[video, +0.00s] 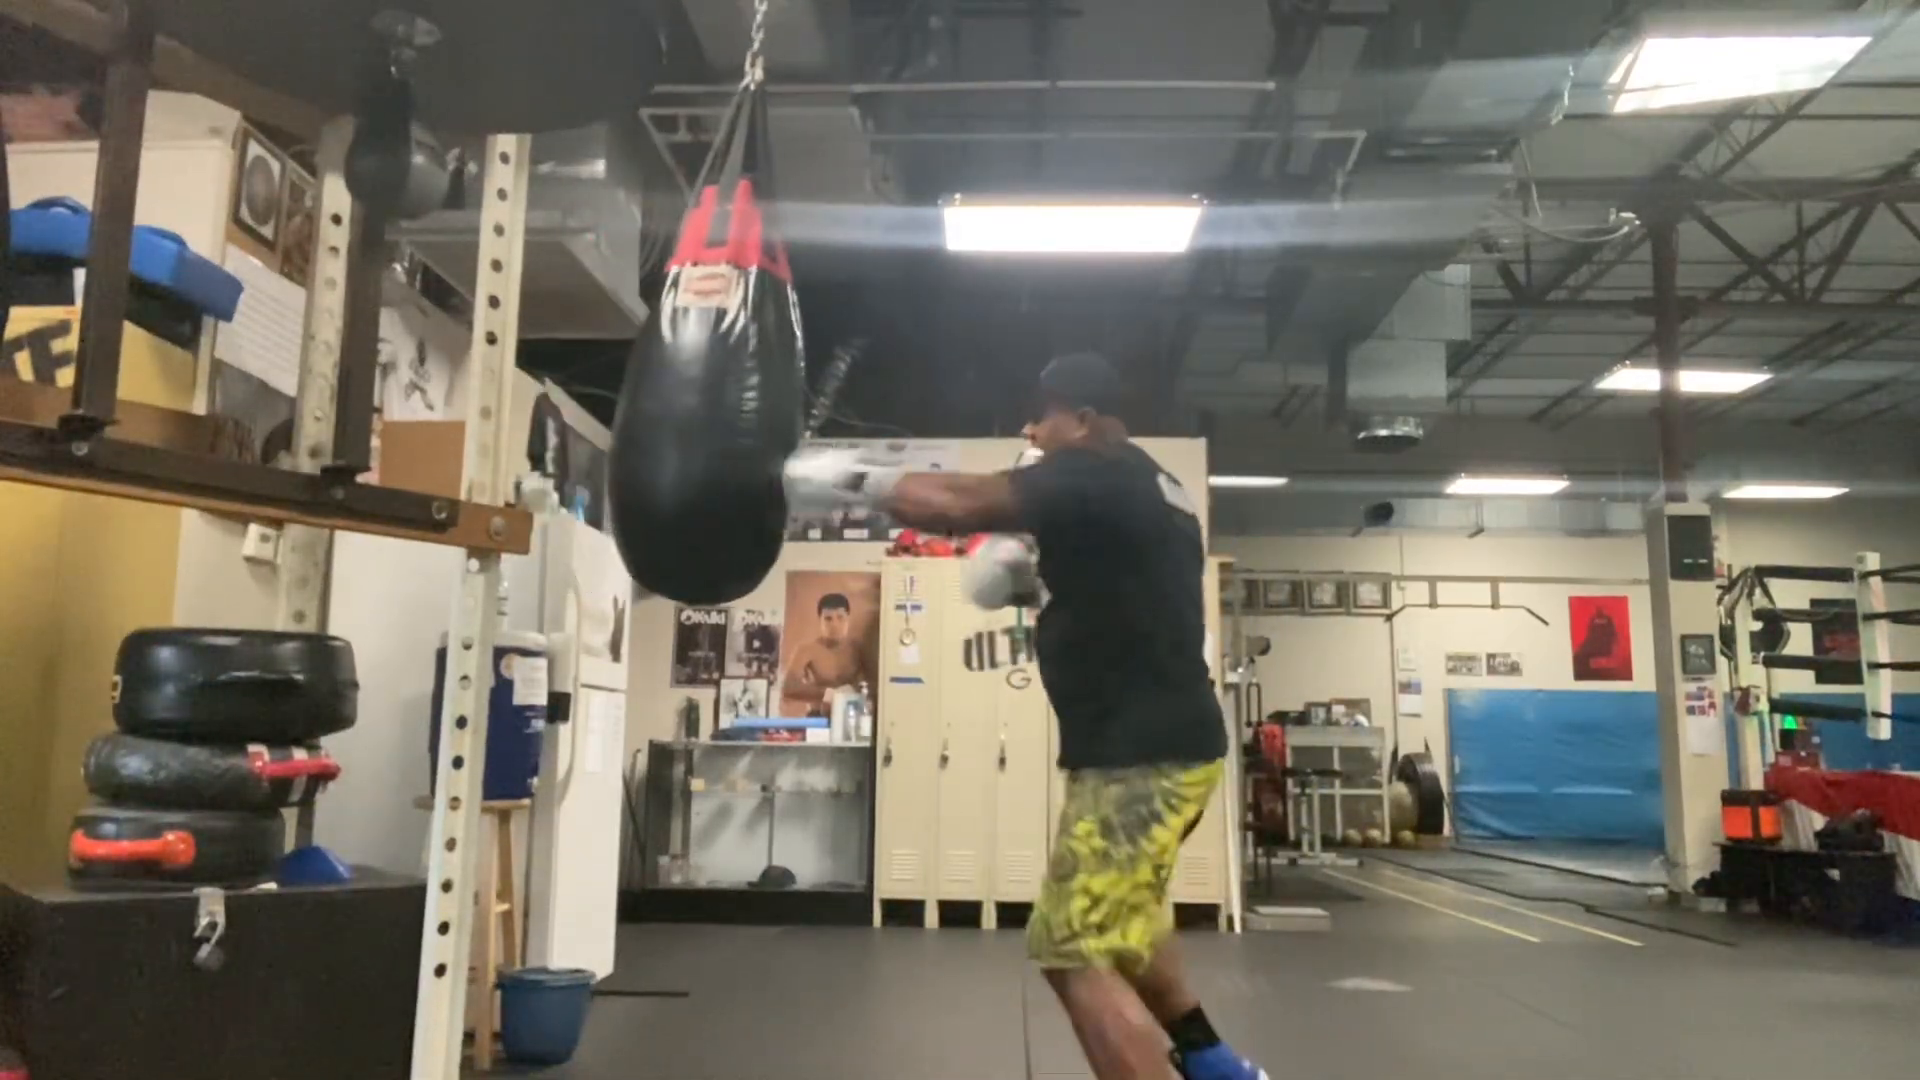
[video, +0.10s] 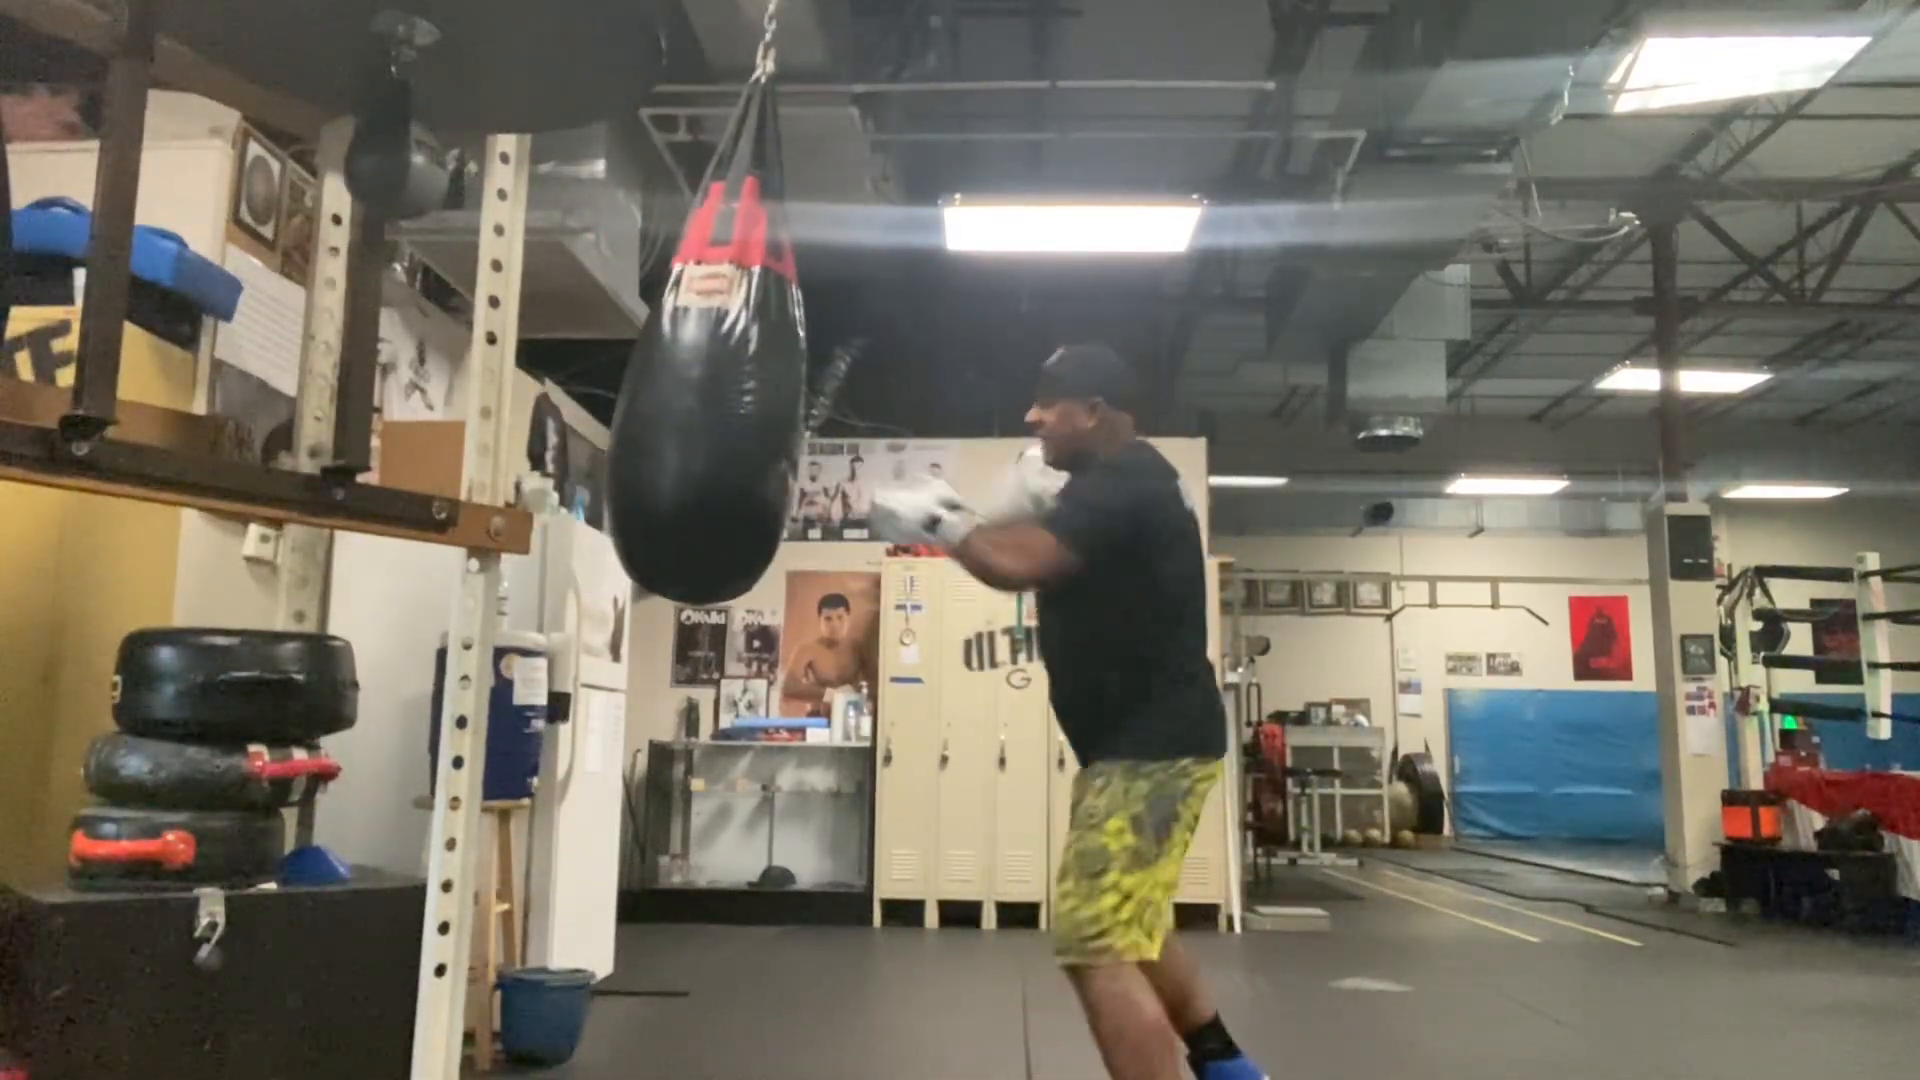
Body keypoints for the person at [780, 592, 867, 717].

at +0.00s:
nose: (834, 624)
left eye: (840, 617)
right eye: (828, 618)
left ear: (848, 619)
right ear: (819, 621)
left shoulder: (857, 651)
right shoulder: (806, 651)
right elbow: (789, 689)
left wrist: (816, 687)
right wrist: (826, 694)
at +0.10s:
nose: (834, 625)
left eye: (840, 618)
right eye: (828, 619)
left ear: (848, 619)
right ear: (819, 621)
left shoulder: (856, 650)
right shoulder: (806, 651)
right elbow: (789, 688)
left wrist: (816, 687)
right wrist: (829, 694)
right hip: (819, 716)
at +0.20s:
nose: (834, 624)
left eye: (840, 617)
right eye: (828, 618)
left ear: (848, 619)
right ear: (819, 620)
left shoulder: (856, 651)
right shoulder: (806, 651)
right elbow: (789, 688)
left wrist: (817, 686)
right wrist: (827, 694)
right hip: (819, 717)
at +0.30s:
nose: (834, 625)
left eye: (840, 617)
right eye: (828, 618)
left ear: (848, 619)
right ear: (819, 620)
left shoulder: (856, 651)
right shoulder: (806, 651)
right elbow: (789, 688)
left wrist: (817, 686)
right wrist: (828, 694)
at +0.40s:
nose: (834, 625)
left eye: (840, 618)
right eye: (828, 619)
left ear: (847, 619)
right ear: (819, 620)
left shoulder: (856, 650)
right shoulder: (806, 651)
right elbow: (789, 688)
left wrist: (817, 686)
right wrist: (829, 694)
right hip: (819, 716)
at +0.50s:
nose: (835, 624)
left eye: (840, 617)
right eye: (828, 618)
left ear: (848, 619)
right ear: (819, 620)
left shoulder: (856, 652)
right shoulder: (806, 651)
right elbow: (789, 688)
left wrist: (817, 686)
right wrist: (827, 694)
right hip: (819, 716)